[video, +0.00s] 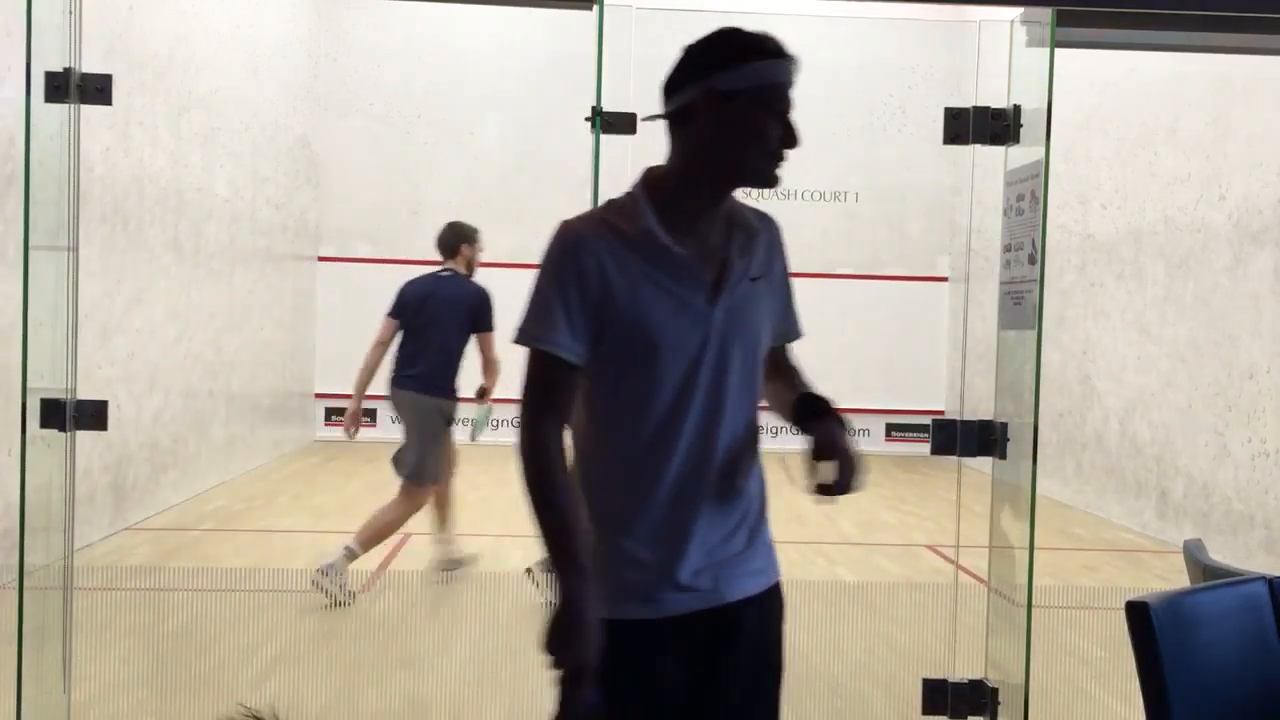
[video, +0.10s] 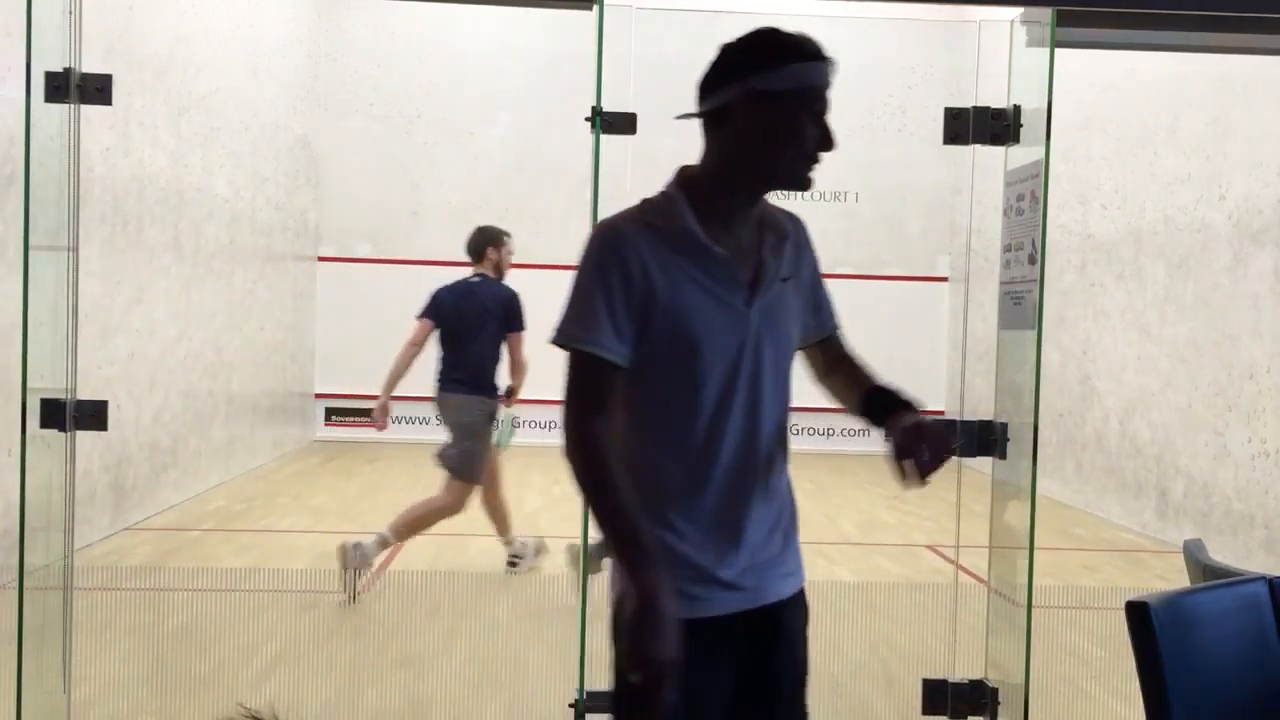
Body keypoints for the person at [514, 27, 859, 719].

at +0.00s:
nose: (793, 135)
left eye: (788, 113)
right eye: (774, 112)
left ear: (717, 118)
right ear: (703, 114)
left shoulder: (758, 239)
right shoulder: (589, 247)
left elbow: (771, 362)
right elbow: (540, 431)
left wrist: (816, 414)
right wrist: (574, 590)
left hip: (743, 589)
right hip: (627, 602)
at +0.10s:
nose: (827, 137)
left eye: (823, 115)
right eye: (811, 114)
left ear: (749, 118)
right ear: (744, 115)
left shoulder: (786, 238)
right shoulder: (628, 246)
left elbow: (827, 355)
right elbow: (585, 427)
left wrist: (898, 414)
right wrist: (643, 579)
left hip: (771, 582)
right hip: (668, 596)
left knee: (778, 712)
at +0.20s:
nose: (860, 142)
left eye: (856, 120)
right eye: (845, 118)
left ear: (783, 119)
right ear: (779, 116)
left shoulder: (808, 237)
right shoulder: (662, 246)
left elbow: (877, 336)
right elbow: (626, 438)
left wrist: (949, 382)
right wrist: (711, 585)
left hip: (796, 578)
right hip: (703, 594)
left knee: (808, 711)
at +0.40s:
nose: (909, 135)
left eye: (909, 117)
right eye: (890, 113)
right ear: (819, 114)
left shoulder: (857, 245)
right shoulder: (726, 249)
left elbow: (932, 345)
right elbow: (699, 450)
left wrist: (1015, 368)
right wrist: (816, 586)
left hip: (851, 597)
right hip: (763, 610)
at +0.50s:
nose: (905, 131)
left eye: (921, 111)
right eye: (883, 103)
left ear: (932, 126)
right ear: (829, 109)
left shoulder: (886, 249)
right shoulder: (761, 249)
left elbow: (947, 365)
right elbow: (728, 450)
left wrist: (1029, 386)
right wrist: (855, 587)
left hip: (881, 607)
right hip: (798, 617)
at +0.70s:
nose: (947, 103)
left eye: (972, 86)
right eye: (925, 82)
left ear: (999, 119)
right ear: (887, 103)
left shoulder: (965, 247)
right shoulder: (831, 250)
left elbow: (957, 390)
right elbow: (783, 455)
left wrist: (1064, 435)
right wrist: (925, 593)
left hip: (967, 627)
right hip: (876, 638)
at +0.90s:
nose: (1021, 85)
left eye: (1047, 68)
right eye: (995, 66)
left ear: (1076, 101)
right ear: (955, 94)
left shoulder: (1046, 243)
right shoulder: (900, 247)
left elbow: (1022, 408)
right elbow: (847, 461)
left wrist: (1116, 456)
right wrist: (996, 595)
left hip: (1056, 639)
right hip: (945, 650)